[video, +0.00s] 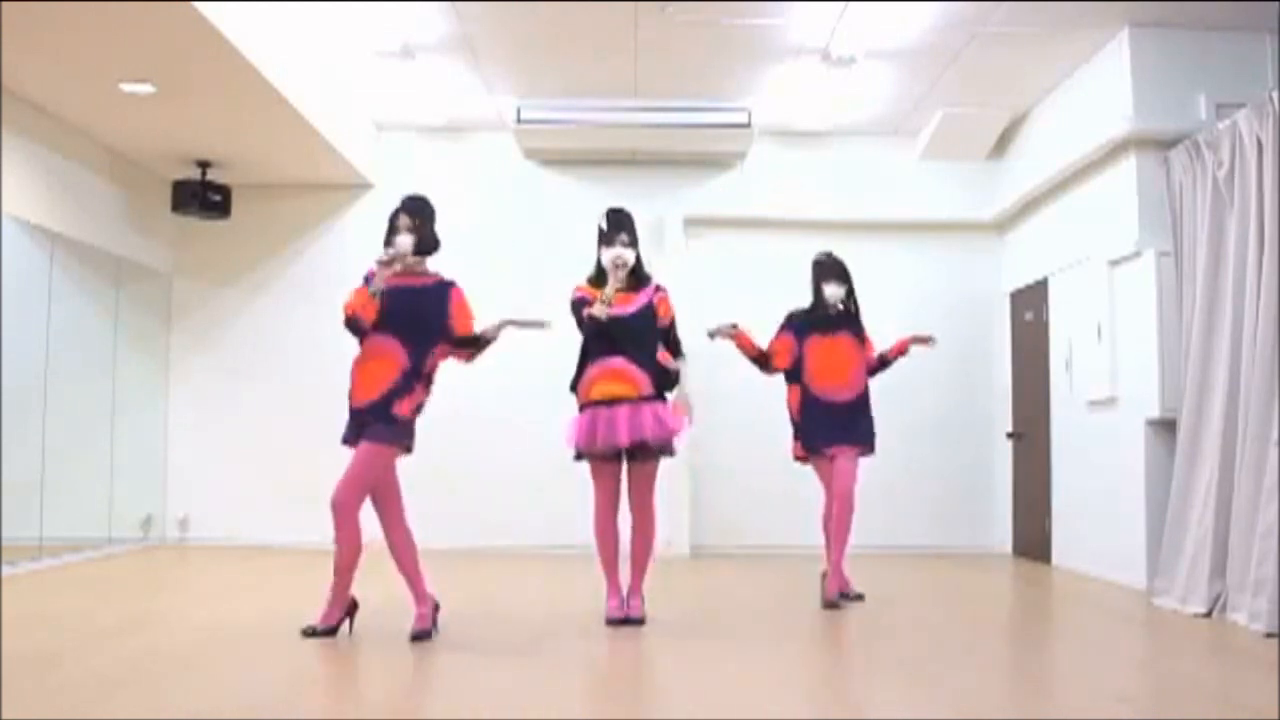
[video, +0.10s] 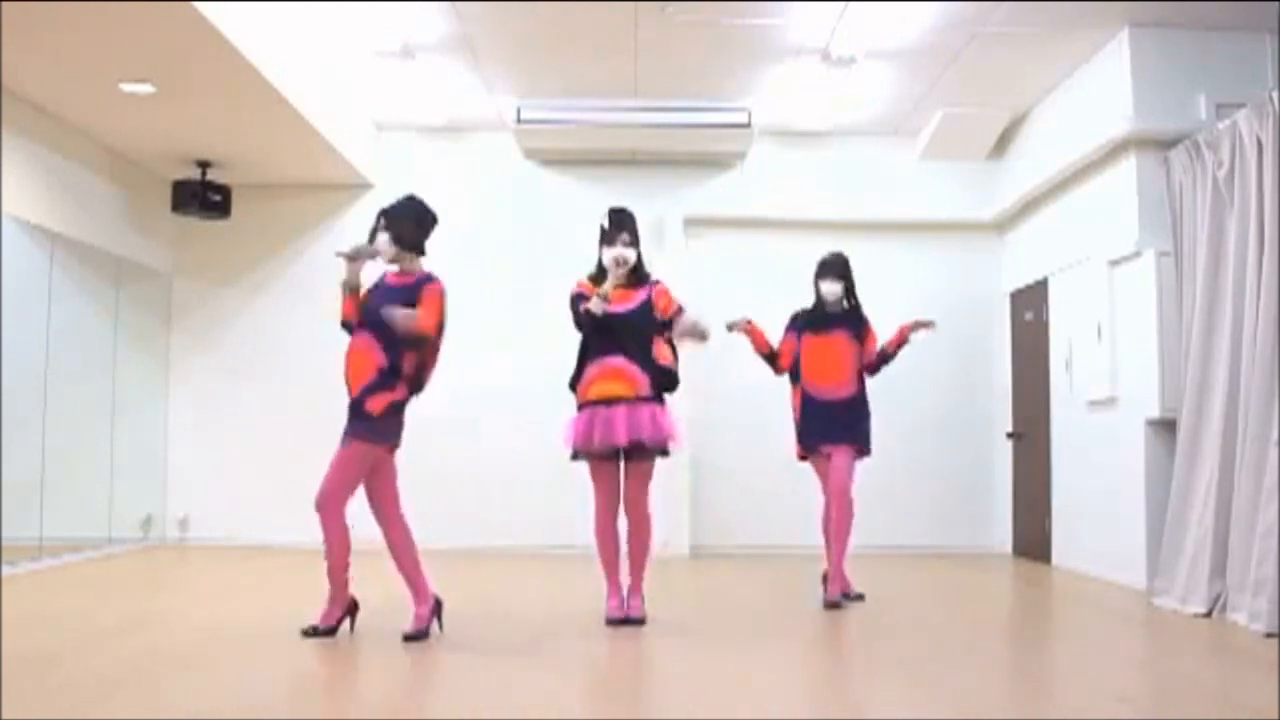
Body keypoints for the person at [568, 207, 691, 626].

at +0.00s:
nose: (619, 255)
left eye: (626, 246)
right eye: (611, 246)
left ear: (637, 250)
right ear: (599, 250)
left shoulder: (655, 294)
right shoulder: (585, 294)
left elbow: (673, 345)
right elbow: (589, 324)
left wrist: (673, 365)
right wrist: (609, 291)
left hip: (645, 400)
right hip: (600, 401)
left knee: (641, 500)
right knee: (606, 501)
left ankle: (636, 590)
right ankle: (613, 590)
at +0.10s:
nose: (620, 253)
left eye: (627, 244)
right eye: (612, 244)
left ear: (638, 248)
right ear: (600, 247)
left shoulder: (653, 292)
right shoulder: (586, 291)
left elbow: (680, 321)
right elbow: (584, 320)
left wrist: (689, 329)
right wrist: (602, 294)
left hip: (642, 400)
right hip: (598, 400)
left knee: (636, 501)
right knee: (606, 502)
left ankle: (635, 591)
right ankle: (613, 591)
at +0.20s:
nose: (622, 253)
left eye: (629, 245)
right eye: (614, 245)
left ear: (639, 249)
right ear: (601, 248)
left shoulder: (655, 289)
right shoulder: (586, 291)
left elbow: (711, 298)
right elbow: (583, 320)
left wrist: (684, 283)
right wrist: (609, 284)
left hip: (636, 401)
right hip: (593, 401)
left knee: (617, 490)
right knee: (601, 498)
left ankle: (632, 578)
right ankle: (612, 588)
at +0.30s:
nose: (624, 254)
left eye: (630, 246)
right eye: (617, 246)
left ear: (640, 251)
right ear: (603, 249)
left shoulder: (656, 292)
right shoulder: (588, 292)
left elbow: (703, 313)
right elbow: (587, 321)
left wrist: (687, 271)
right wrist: (612, 282)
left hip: (633, 395)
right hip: (591, 394)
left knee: (602, 481)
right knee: (597, 487)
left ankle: (615, 573)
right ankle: (613, 581)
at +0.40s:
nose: (622, 257)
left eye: (629, 249)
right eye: (615, 248)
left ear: (638, 254)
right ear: (601, 250)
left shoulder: (649, 295)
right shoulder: (585, 294)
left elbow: (675, 342)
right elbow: (588, 322)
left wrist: (698, 300)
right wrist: (612, 288)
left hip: (631, 399)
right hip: (590, 397)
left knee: (597, 489)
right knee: (599, 497)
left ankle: (581, 586)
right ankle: (615, 591)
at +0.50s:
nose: (620, 261)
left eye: (628, 253)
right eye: (613, 252)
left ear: (637, 258)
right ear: (599, 253)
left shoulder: (647, 301)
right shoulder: (581, 295)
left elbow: (669, 351)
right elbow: (585, 323)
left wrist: (702, 317)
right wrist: (610, 292)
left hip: (627, 406)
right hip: (585, 404)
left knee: (597, 504)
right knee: (594, 506)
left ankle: (567, 593)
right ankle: (614, 592)